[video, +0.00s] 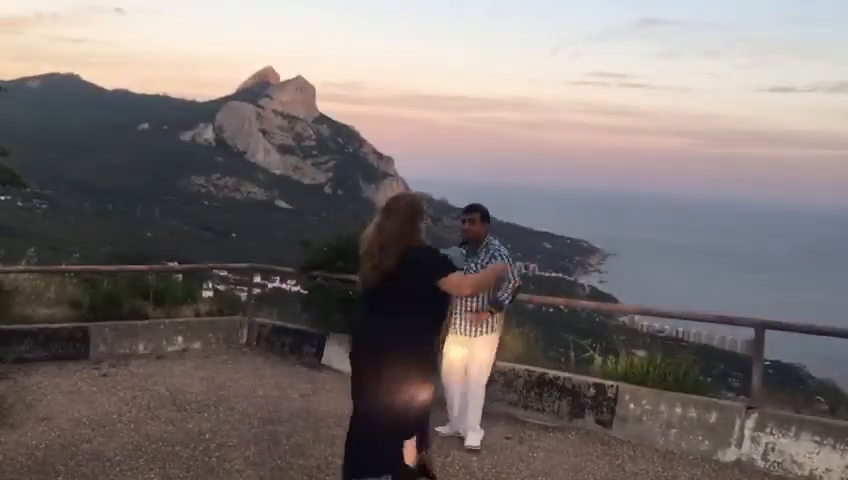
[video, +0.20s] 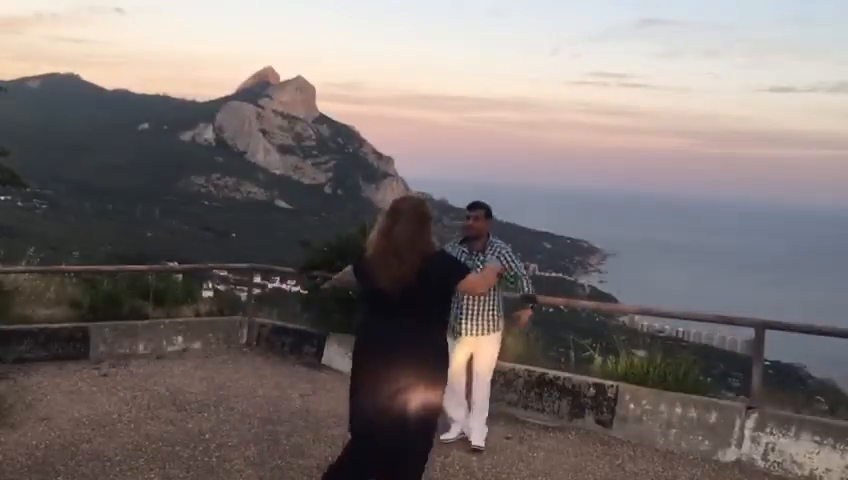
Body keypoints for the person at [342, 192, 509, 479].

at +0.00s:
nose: (427, 222)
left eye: (425, 217)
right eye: (424, 218)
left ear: (385, 220)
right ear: (417, 222)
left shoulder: (374, 256)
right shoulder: (424, 257)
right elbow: (462, 286)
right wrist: (496, 271)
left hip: (368, 358)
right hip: (410, 363)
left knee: (365, 430)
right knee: (407, 439)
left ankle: (359, 472)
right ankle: (407, 468)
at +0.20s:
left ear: (386, 225)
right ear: (426, 227)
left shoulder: (369, 263)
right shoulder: (439, 263)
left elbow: (339, 279)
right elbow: (478, 286)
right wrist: (492, 270)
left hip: (372, 370)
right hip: (422, 371)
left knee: (364, 450)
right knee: (409, 457)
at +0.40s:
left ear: (385, 225)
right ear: (427, 227)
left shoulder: (370, 261)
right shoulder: (439, 265)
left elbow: (335, 266)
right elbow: (478, 287)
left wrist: (325, 249)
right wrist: (511, 278)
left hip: (374, 374)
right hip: (423, 374)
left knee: (370, 456)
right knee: (417, 457)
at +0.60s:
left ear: (380, 228)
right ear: (423, 233)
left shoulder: (361, 264)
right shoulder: (432, 271)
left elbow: (328, 264)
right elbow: (474, 296)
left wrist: (328, 243)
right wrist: (513, 298)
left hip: (365, 389)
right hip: (416, 389)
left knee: (359, 464)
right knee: (407, 465)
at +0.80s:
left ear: (385, 226)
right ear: (428, 230)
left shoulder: (366, 261)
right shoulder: (440, 269)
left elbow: (327, 274)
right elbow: (478, 297)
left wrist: (314, 265)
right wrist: (500, 280)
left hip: (368, 371)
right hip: (421, 374)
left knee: (354, 452)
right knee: (412, 458)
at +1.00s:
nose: (455, 227)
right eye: (451, 223)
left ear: (398, 224)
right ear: (443, 231)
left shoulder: (380, 260)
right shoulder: (455, 268)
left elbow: (335, 281)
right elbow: (490, 292)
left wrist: (304, 293)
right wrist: (490, 260)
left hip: (378, 370)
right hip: (433, 375)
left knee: (355, 450)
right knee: (421, 458)